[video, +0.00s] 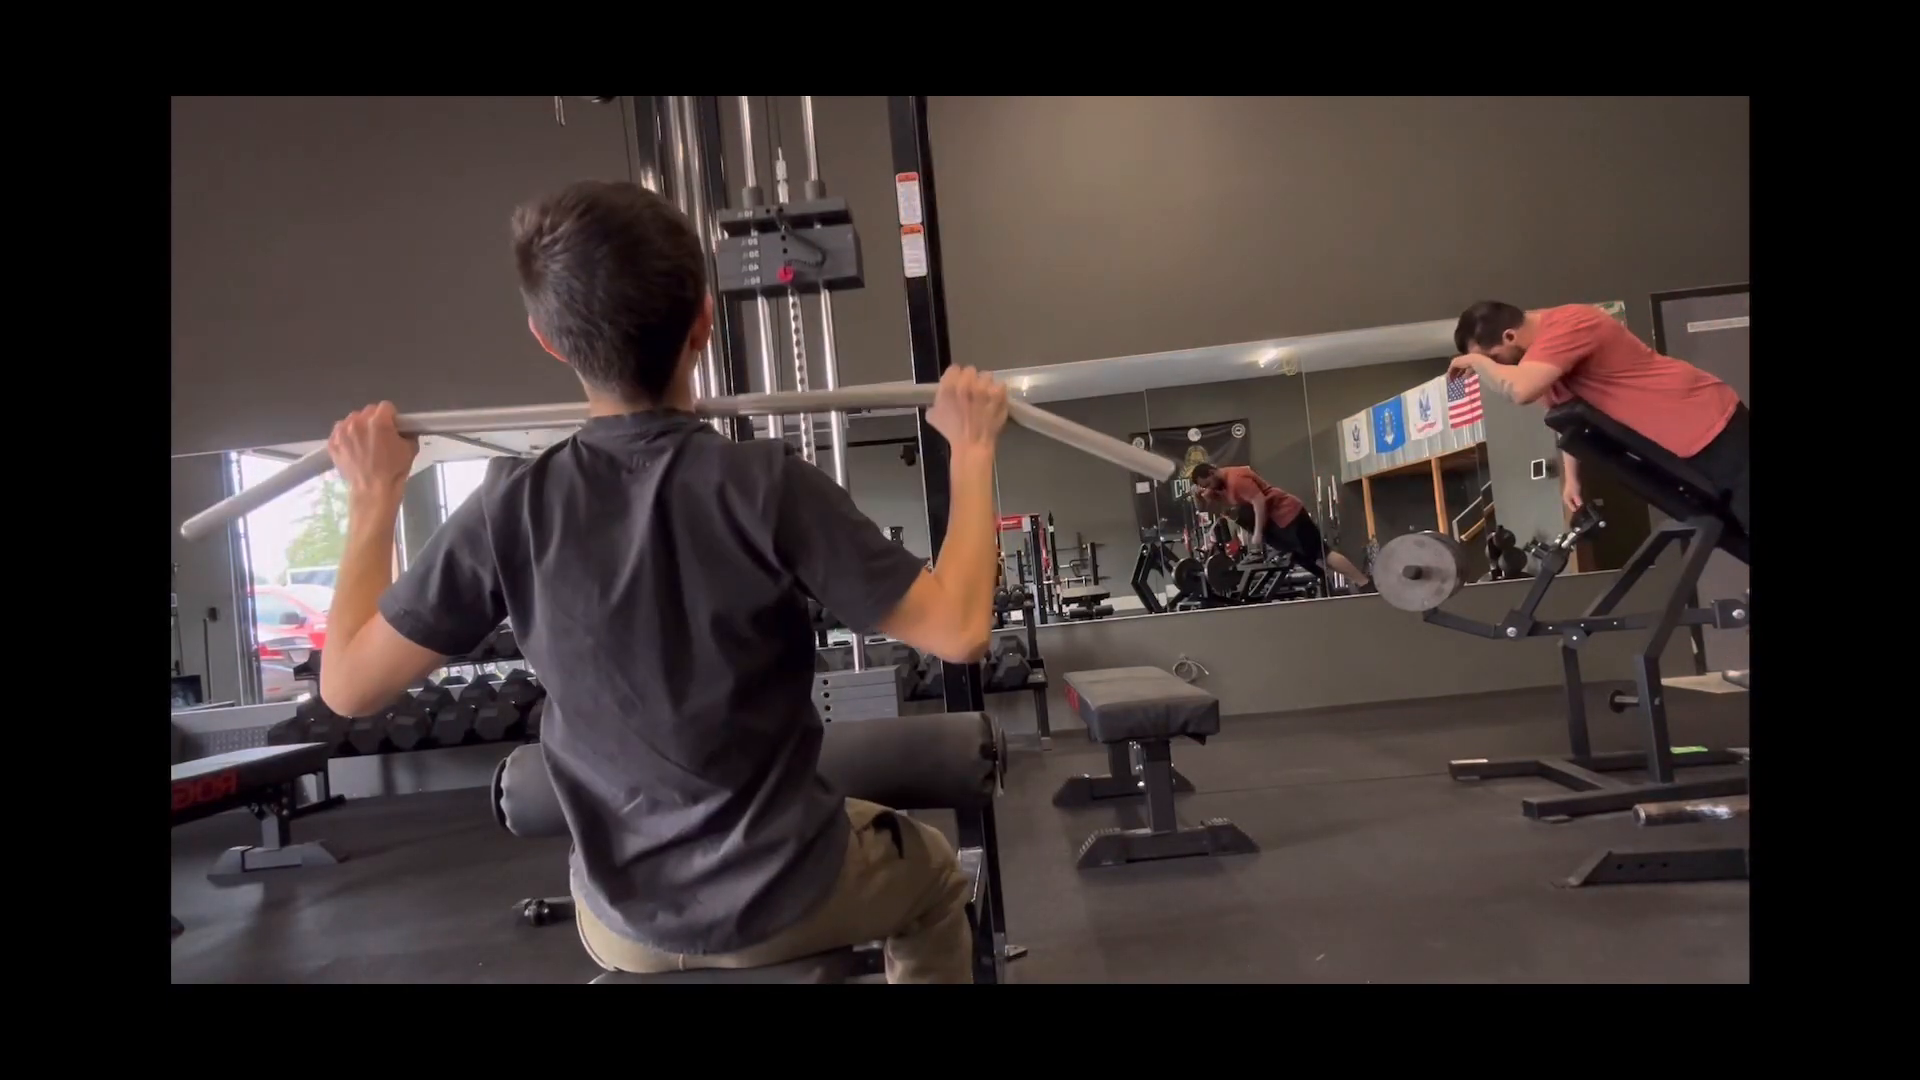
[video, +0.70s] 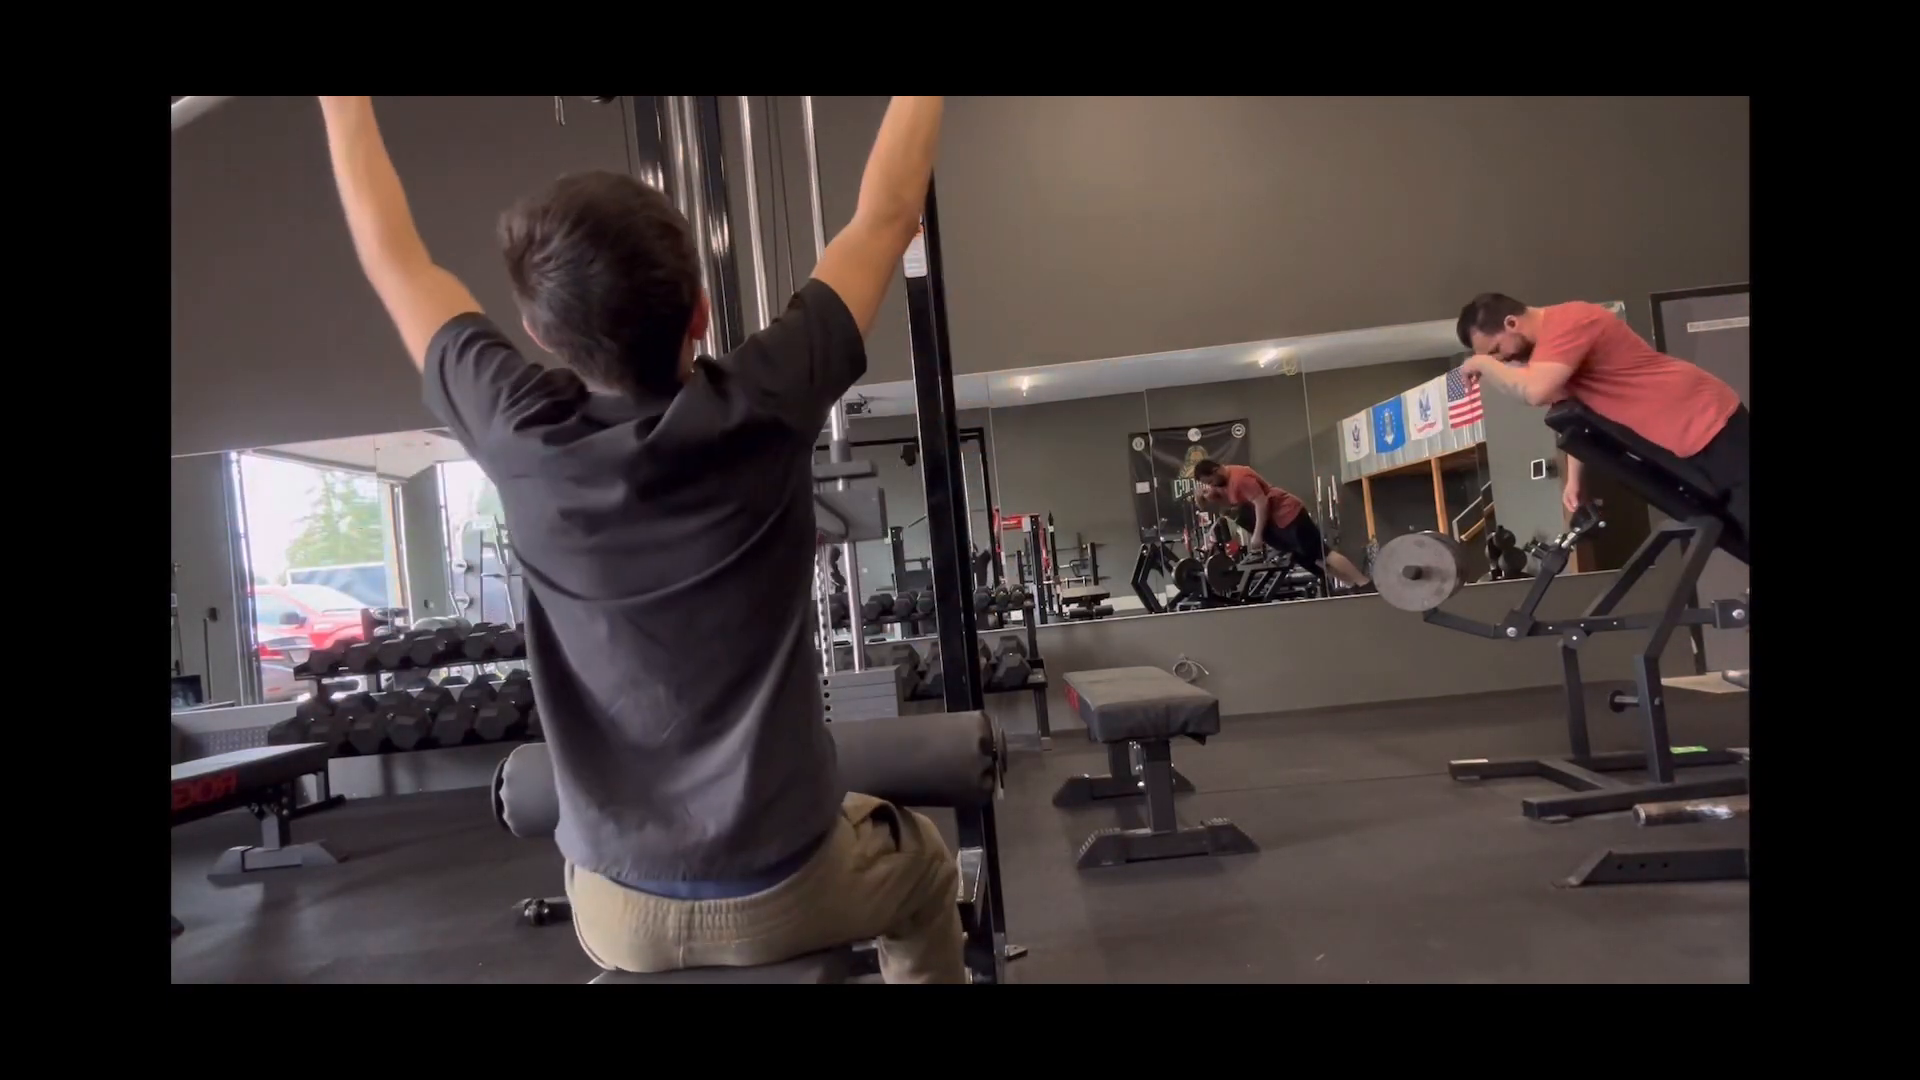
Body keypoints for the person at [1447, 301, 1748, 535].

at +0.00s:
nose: (1497, 365)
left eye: (1495, 358)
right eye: (1492, 361)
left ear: (1509, 337)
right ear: (1509, 331)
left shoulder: (1570, 323)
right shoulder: (1541, 355)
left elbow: (1521, 389)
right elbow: (1567, 421)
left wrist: (1479, 361)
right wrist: (1571, 480)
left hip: (1710, 422)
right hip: (1677, 444)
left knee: (1744, 522)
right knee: (1728, 530)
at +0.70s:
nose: (1500, 360)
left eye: (1497, 350)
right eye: (1493, 355)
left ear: (1511, 322)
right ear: (1510, 323)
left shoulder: (1568, 321)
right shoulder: (1543, 349)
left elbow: (1537, 391)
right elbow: (1572, 420)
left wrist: (1485, 364)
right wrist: (1573, 481)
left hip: (1707, 419)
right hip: (1678, 441)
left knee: (1745, 520)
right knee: (1731, 528)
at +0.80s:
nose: (1500, 357)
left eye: (1496, 346)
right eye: (1491, 353)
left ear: (1512, 318)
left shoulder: (1573, 323)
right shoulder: (1534, 361)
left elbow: (1570, 398)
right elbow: (1567, 421)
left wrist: (1494, 391)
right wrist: (1569, 479)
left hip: (1706, 418)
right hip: (1669, 445)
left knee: (1745, 518)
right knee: (1727, 531)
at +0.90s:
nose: (1501, 354)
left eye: (1498, 343)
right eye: (1492, 350)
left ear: (1514, 316)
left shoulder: (1579, 324)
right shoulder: (1531, 365)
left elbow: (1598, 400)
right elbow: (1568, 423)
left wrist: (1521, 425)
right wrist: (1568, 483)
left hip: (1705, 420)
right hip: (1666, 448)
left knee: (1746, 513)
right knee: (1729, 532)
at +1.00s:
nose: (1502, 350)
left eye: (1499, 338)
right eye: (1493, 345)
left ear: (1518, 311)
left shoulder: (1587, 324)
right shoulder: (1530, 362)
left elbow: (1612, 402)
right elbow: (1555, 427)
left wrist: (1552, 453)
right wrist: (1562, 489)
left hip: (1706, 422)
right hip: (1660, 448)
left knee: (1745, 516)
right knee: (1729, 535)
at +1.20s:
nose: (1505, 340)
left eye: (1503, 329)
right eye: (1498, 336)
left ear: (1523, 302)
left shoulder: (1590, 319)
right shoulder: (1531, 360)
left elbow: (1595, 407)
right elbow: (1531, 424)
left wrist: (1543, 471)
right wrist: (1515, 494)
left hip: (1707, 422)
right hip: (1665, 449)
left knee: (1745, 515)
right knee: (1729, 534)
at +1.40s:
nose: (1505, 330)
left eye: (1504, 318)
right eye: (1498, 325)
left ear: (1528, 294)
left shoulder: (1579, 319)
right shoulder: (1524, 357)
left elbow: (1552, 417)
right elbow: (1511, 420)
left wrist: (1508, 481)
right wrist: (1486, 488)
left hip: (1709, 423)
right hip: (1669, 450)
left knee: (1745, 523)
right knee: (1731, 534)